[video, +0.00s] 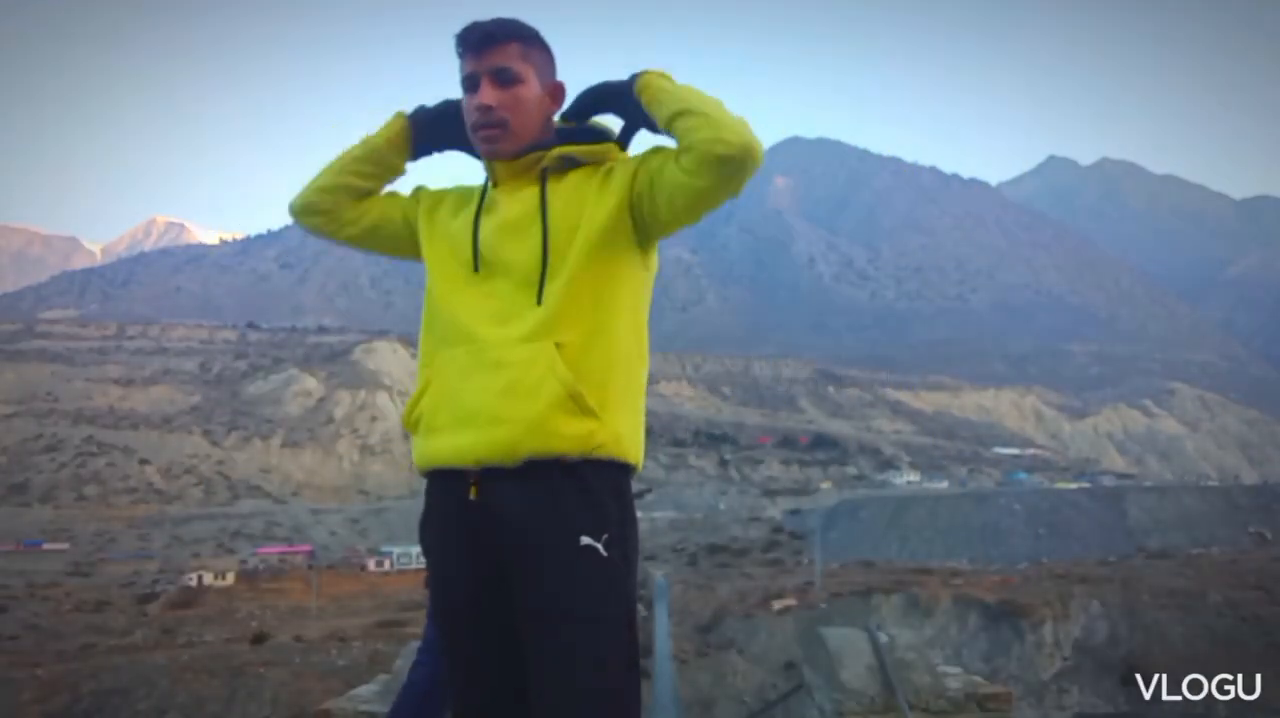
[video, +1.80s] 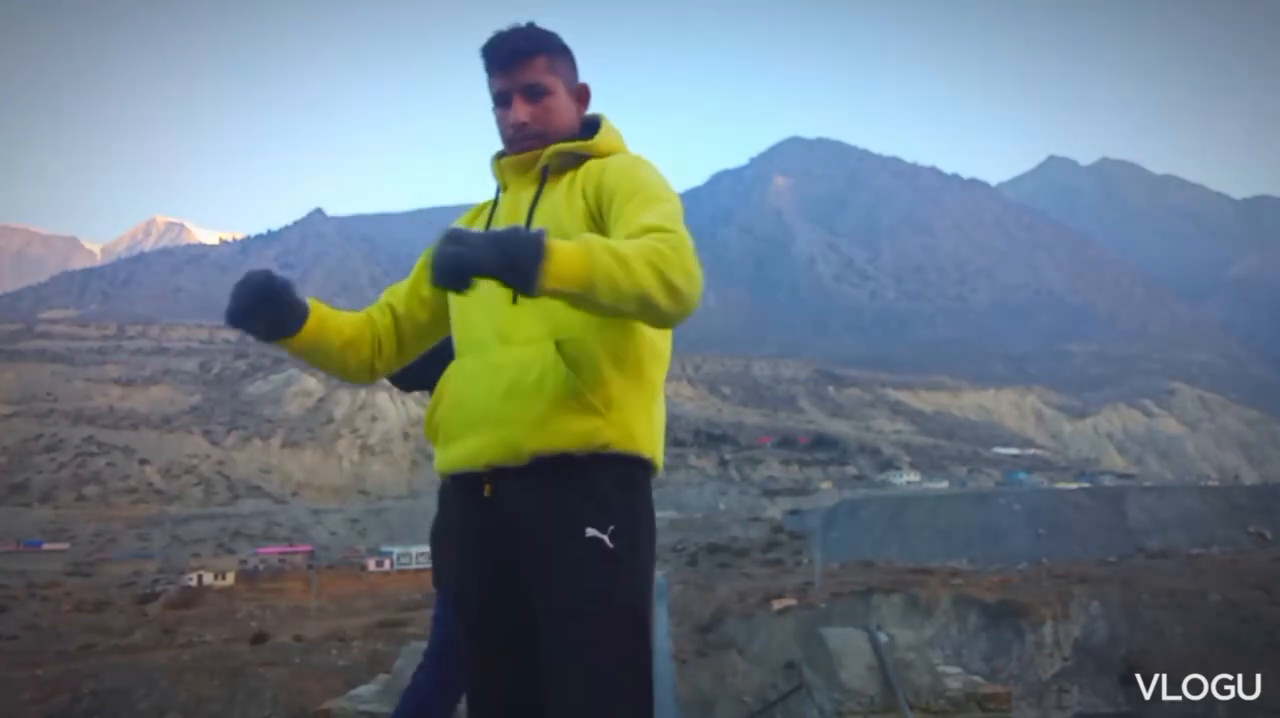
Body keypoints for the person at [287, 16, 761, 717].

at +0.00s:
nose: (483, 98)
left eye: (504, 78)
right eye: (470, 84)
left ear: (554, 96)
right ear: (460, 106)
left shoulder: (616, 187)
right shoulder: (439, 212)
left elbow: (730, 151)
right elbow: (319, 207)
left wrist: (645, 88)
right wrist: (410, 132)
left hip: (574, 496)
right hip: (457, 500)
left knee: (587, 698)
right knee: (474, 696)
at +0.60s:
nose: (515, 84)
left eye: (538, 71)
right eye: (503, 75)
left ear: (580, 98)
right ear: (491, 100)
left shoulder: (609, 189)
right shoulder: (454, 222)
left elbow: (650, 225)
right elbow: (321, 243)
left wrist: (588, 126)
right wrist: (423, 160)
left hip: (579, 499)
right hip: (462, 501)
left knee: (587, 697)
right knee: (460, 695)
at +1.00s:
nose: (516, 92)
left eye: (537, 77)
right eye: (502, 82)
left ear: (577, 98)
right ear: (489, 106)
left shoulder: (611, 196)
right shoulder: (449, 223)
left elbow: (725, 283)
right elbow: (337, 328)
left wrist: (622, 167)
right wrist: (325, 227)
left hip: (579, 498)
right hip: (460, 501)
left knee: (589, 697)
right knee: (458, 695)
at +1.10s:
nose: (507, 92)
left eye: (527, 75)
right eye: (492, 81)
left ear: (569, 92)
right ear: (480, 103)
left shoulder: (623, 187)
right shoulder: (445, 222)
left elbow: (767, 288)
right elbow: (357, 330)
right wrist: (257, 277)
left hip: (579, 494)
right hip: (458, 501)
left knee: (586, 698)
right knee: (461, 697)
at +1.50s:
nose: (506, 104)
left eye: (526, 85)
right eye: (491, 90)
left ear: (568, 93)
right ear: (478, 103)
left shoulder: (619, 183)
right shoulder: (451, 225)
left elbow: (761, 296)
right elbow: (368, 344)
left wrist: (724, 236)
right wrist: (261, 314)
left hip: (577, 486)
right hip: (462, 495)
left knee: (583, 697)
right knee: (476, 694)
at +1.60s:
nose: (520, 115)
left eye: (539, 97)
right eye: (505, 102)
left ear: (579, 102)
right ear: (493, 113)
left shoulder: (619, 183)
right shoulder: (463, 231)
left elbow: (669, 279)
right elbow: (364, 334)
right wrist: (298, 305)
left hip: (579, 492)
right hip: (466, 498)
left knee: (586, 695)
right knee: (477, 692)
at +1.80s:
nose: (518, 113)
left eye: (537, 94)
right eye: (503, 100)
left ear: (580, 97)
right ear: (492, 110)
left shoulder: (617, 177)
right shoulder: (476, 227)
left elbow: (671, 280)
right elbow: (381, 341)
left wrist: (525, 255)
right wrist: (294, 321)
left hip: (589, 489)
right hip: (474, 497)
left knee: (597, 696)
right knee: (495, 697)